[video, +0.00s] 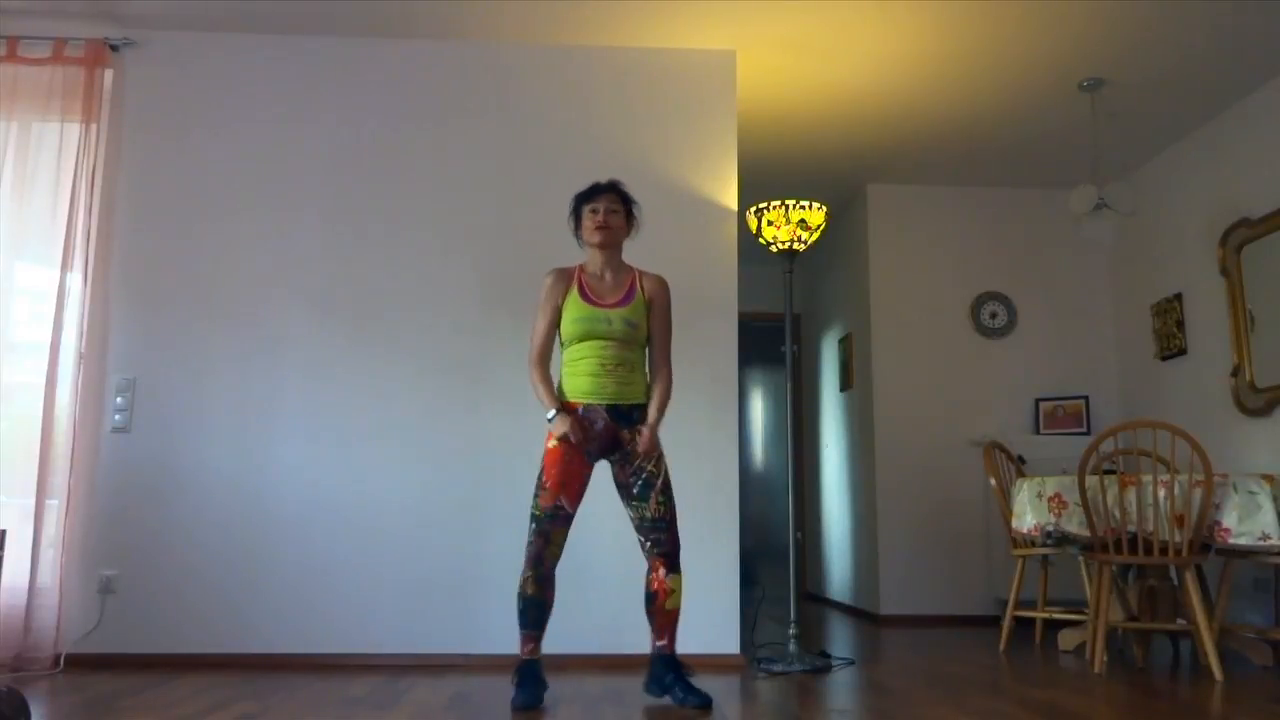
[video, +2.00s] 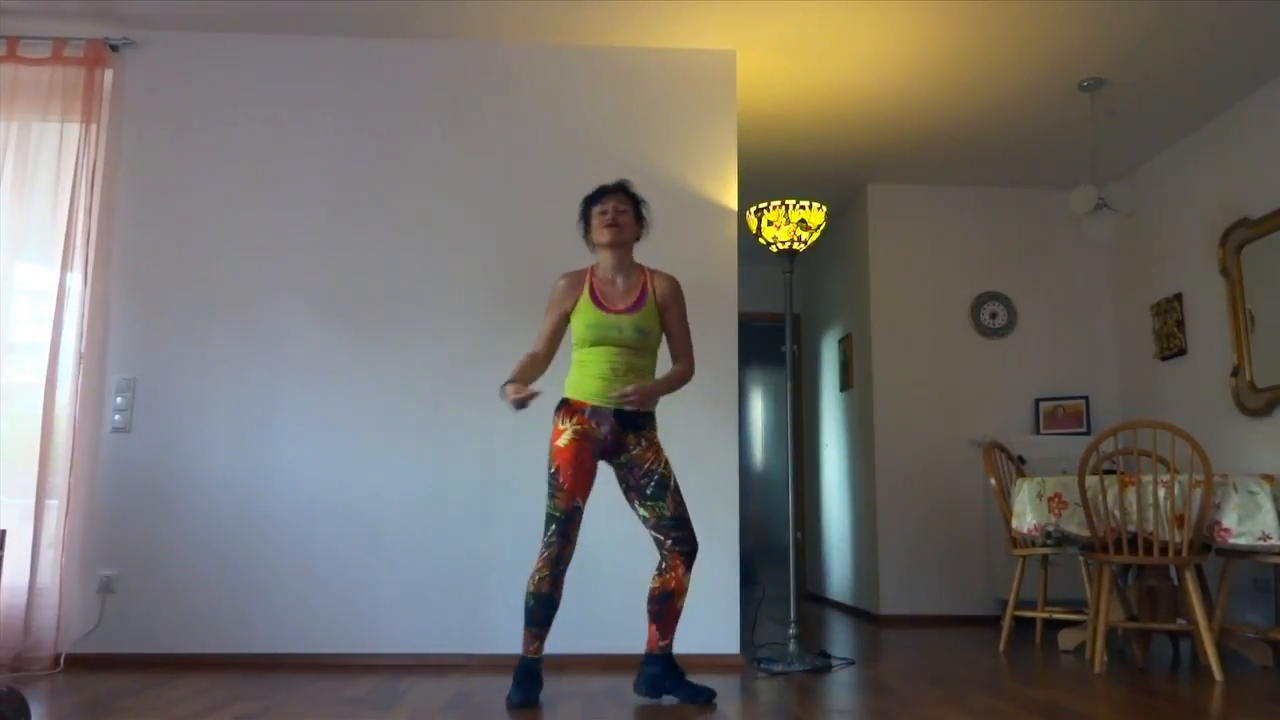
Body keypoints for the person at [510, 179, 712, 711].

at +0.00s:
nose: (601, 218)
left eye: (611, 212)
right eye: (592, 211)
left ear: (629, 224)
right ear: (578, 224)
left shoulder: (652, 286)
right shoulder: (563, 283)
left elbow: (661, 368)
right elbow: (537, 359)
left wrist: (652, 424)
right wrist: (555, 413)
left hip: (633, 426)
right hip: (574, 424)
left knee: (664, 546)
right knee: (543, 543)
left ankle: (664, 666)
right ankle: (528, 667)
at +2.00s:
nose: (612, 217)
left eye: (623, 211)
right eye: (602, 213)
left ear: (639, 226)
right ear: (588, 230)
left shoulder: (661, 286)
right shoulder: (572, 285)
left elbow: (684, 366)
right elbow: (541, 352)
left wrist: (651, 390)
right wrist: (517, 381)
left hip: (635, 428)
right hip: (577, 424)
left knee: (679, 543)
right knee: (557, 541)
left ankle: (657, 665)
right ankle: (529, 667)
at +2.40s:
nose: (636, 213)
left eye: (645, 207)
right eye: (626, 207)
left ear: (656, 222)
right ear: (606, 223)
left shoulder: (678, 284)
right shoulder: (588, 283)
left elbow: (714, 355)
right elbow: (569, 361)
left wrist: (710, 395)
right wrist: (599, 383)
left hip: (664, 421)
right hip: (605, 421)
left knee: (676, 541)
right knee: (571, 540)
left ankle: (685, 662)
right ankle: (559, 664)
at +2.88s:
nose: (640, 220)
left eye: (650, 217)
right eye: (632, 211)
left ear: (657, 233)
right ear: (608, 222)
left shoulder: (666, 291)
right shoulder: (577, 279)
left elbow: (681, 370)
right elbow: (534, 352)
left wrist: (678, 433)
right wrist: (549, 318)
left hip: (650, 421)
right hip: (588, 419)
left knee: (671, 541)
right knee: (563, 539)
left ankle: (679, 660)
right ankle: (542, 663)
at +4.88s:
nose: (628, 218)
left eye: (638, 211)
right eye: (618, 209)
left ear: (651, 221)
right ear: (598, 219)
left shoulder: (672, 281)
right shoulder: (582, 279)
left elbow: (693, 365)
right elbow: (506, 308)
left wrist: (665, 427)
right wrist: (507, 246)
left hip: (656, 421)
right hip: (595, 420)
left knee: (690, 543)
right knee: (574, 542)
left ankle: (700, 656)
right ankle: (546, 667)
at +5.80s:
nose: (663, 213)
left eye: (672, 207)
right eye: (653, 206)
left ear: (687, 220)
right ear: (637, 220)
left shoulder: (707, 279)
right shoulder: (616, 269)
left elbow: (749, 333)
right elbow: (536, 277)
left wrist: (731, 377)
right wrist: (528, 239)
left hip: (685, 421)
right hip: (624, 418)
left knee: (700, 544)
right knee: (583, 538)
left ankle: (707, 665)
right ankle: (560, 660)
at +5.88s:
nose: (670, 212)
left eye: (680, 206)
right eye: (660, 206)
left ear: (695, 221)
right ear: (644, 221)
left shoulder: (713, 279)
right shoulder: (624, 264)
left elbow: (746, 322)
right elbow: (555, 260)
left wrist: (734, 369)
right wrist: (545, 266)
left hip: (684, 424)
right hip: (624, 420)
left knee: (704, 545)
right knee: (584, 539)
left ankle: (702, 666)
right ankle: (559, 661)